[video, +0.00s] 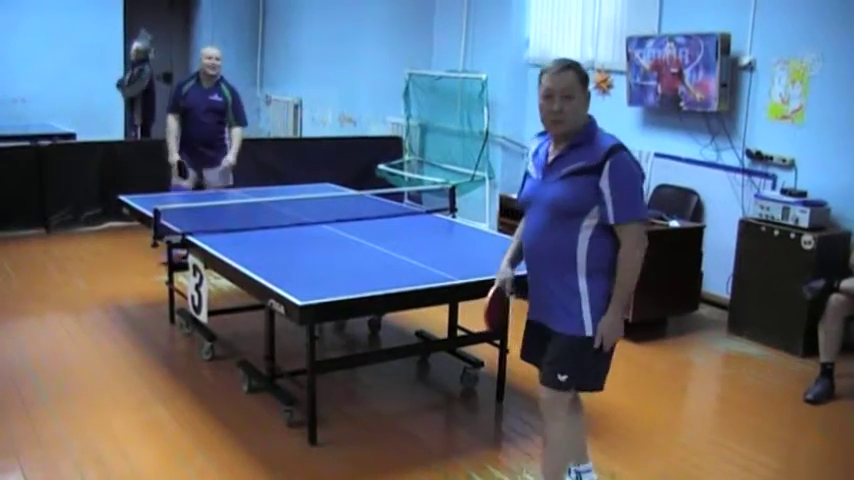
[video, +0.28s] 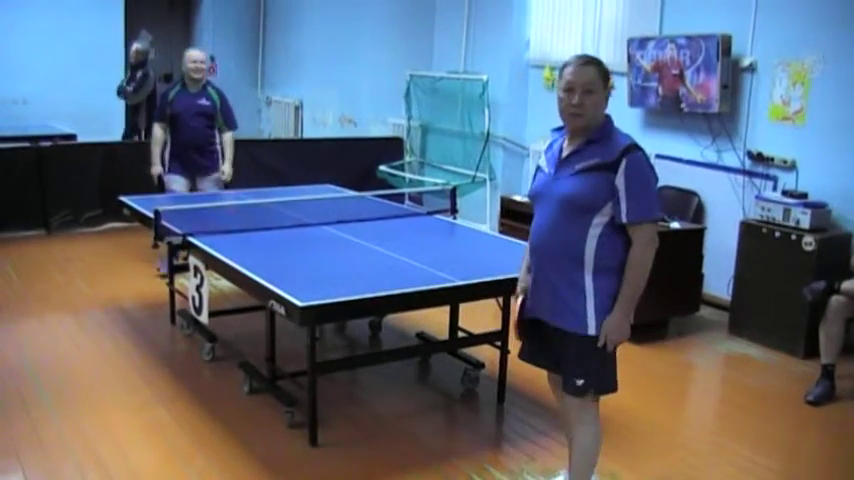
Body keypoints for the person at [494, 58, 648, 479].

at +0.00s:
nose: (554, 106)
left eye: (566, 98)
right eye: (547, 97)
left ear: (587, 100)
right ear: (538, 101)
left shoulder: (613, 160)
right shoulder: (541, 150)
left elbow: (634, 242)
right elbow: (531, 217)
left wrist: (617, 310)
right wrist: (507, 265)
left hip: (586, 305)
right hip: (546, 296)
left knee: (554, 394)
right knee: (560, 388)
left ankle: (552, 476)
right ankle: (580, 470)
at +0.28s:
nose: (575, 100)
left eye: (587, 92)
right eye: (568, 90)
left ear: (607, 96)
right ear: (557, 95)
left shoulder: (627, 158)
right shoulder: (552, 147)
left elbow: (646, 239)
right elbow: (541, 221)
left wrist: (624, 311)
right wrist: (526, 275)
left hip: (589, 306)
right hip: (548, 296)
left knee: (581, 402)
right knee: (561, 390)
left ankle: (580, 476)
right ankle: (578, 468)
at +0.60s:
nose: (585, 102)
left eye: (596, 94)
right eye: (576, 92)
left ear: (612, 99)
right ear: (564, 97)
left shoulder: (634, 158)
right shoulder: (555, 146)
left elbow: (654, 241)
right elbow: (541, 218)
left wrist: (631, 312)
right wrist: (529, 275)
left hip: (598, 306)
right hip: (554, 297)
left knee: (588, 401)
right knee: (564, 387)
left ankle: (583, 477)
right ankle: (578, 468)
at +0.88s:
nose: (578, 101)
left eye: (591, 93)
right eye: (572, 92)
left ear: (612, 99)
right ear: (562, 95)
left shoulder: (635, 159)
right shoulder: (558, 148)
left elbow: (654, 242)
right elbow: (544, 219)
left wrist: (631, 315)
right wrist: (528, 276)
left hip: (597, 310)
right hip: (554, 300)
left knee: (588, 404)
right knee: (567, 393)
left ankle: (584, 477)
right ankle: (579, 469)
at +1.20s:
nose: (548, 103)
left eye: (553, 95)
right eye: (550, 94)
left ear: (576, 99)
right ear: (580, 99)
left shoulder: (623, 161)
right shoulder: (577, 150)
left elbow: (633, 250)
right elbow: (561, 227)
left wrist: (613, 327)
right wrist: (533, 276)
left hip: (590, 316)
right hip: (564, 307)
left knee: (573, 406)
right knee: (575, 401)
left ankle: (575, 474)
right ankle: (582, 469)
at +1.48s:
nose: (549, 102)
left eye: (551, 94)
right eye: (551, 93)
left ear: (564, 99)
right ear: (601, 99)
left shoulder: (590, 163)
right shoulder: (611, 150)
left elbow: (589, 251)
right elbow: (590, 239)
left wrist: (567, 329)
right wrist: (548, 279)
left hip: (590, 318)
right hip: (606, 312)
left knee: (568, 406)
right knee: (590, 406)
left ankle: (574, 476)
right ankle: (588, 470)